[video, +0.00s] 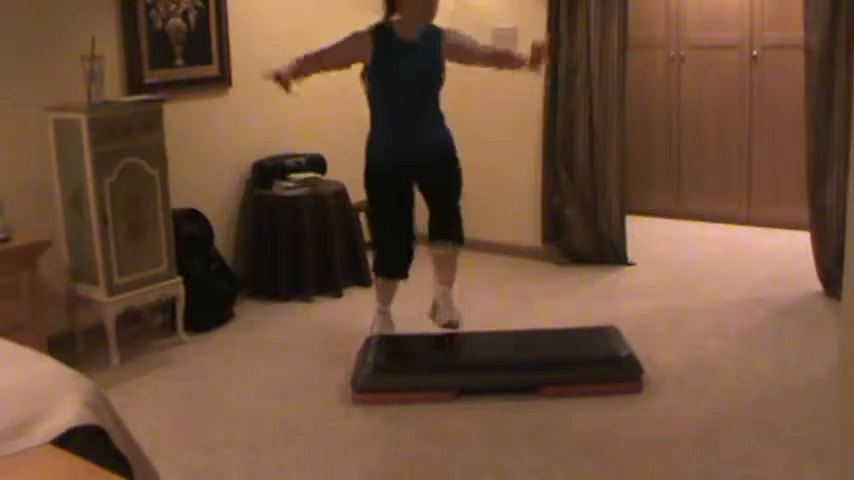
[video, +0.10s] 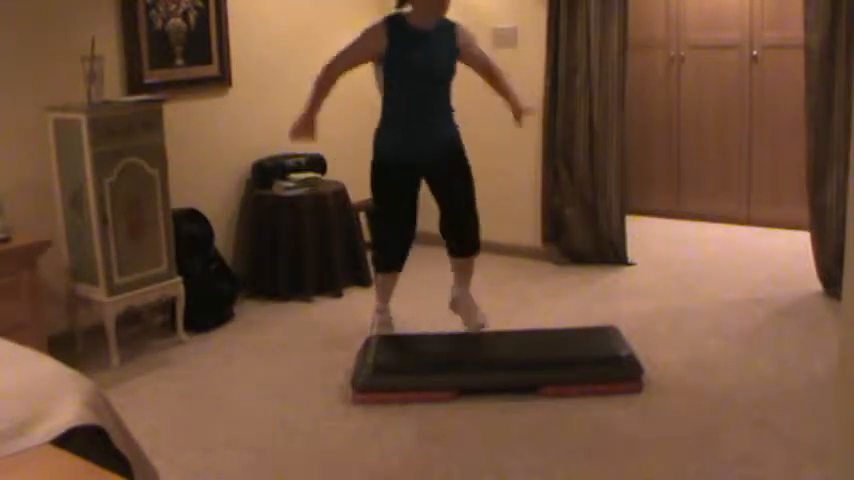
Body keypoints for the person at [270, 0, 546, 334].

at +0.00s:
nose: (433, 5)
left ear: (433, 5)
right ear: (402, 3)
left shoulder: (441, 40)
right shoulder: (371, 41)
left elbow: (484, 55)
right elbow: (323, 59)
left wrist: (524, 60)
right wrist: (291, 72)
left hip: (434, 149)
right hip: (387, 152)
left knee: (447, 226)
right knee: (391, 238)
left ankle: (444, 299)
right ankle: (382, 316)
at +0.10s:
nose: (446, 3)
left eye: (446, 1)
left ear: (444, 5)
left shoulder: (453, 34)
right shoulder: (386, 32)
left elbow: (486, 68)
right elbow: (333, 68)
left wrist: (513, 100)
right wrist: (309, 115)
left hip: (442, 145)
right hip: (396, 147)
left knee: (464, 224)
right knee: (393, 232)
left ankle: (462, 295)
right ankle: (382, 313)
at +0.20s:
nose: (460, 6)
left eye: (461, 3)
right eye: (453, 2)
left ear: (463, 6)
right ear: (432, 3)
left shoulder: (466, 38)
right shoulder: (404, 35)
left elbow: (474, 85)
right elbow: (362, 77)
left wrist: (485, 125)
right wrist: (348, 127)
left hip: (455, 152)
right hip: (410, 153)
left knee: (472, 227)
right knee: (400, 235)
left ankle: (466, 298)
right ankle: (382, 313)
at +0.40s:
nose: (485, 5)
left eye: (488, 2)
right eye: (479, 1)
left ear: (492, 5)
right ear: (463, 3)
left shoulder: (497, 38)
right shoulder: (437, 36)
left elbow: (508, 81)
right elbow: (395, 79)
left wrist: (511, 121)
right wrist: (383, 131)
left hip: (482, 152)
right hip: (442, 152)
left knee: (483, 233)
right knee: (454, 233)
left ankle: (464, 307)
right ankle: (428, 296)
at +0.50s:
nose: (494, 2)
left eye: (497, 1)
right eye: (489, 0)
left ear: (500, 1)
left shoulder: (509, 27)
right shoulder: (450, 27)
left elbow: (543, 57)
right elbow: (399, 65)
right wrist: (388, 102)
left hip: (489, 139)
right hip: (450, 138)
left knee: (491, 218)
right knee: (476, 213)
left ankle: (475, 301)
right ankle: (471, 304)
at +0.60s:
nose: (510, 2)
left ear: (514, 2)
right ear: (487, 0)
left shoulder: (521, 28)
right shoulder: (466, 29)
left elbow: (555, 40)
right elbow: (407, 59)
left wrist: (589, 40)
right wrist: (414, 48)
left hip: (494, 145)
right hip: (459, 145)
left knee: (479, 225)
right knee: (510, 205)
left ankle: (463, 306)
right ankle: (529, 300)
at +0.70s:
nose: (525, 5)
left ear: (530, 4)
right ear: (497, 4)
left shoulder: (534, 38)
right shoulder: (482, 40)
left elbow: (587, 34)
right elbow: (434, 50)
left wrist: (625, 10)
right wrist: (435, 28)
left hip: (505, 161)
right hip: (473, 161)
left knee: (483, 235)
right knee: (531, 217)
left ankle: (462, 309)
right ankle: (550, 310)